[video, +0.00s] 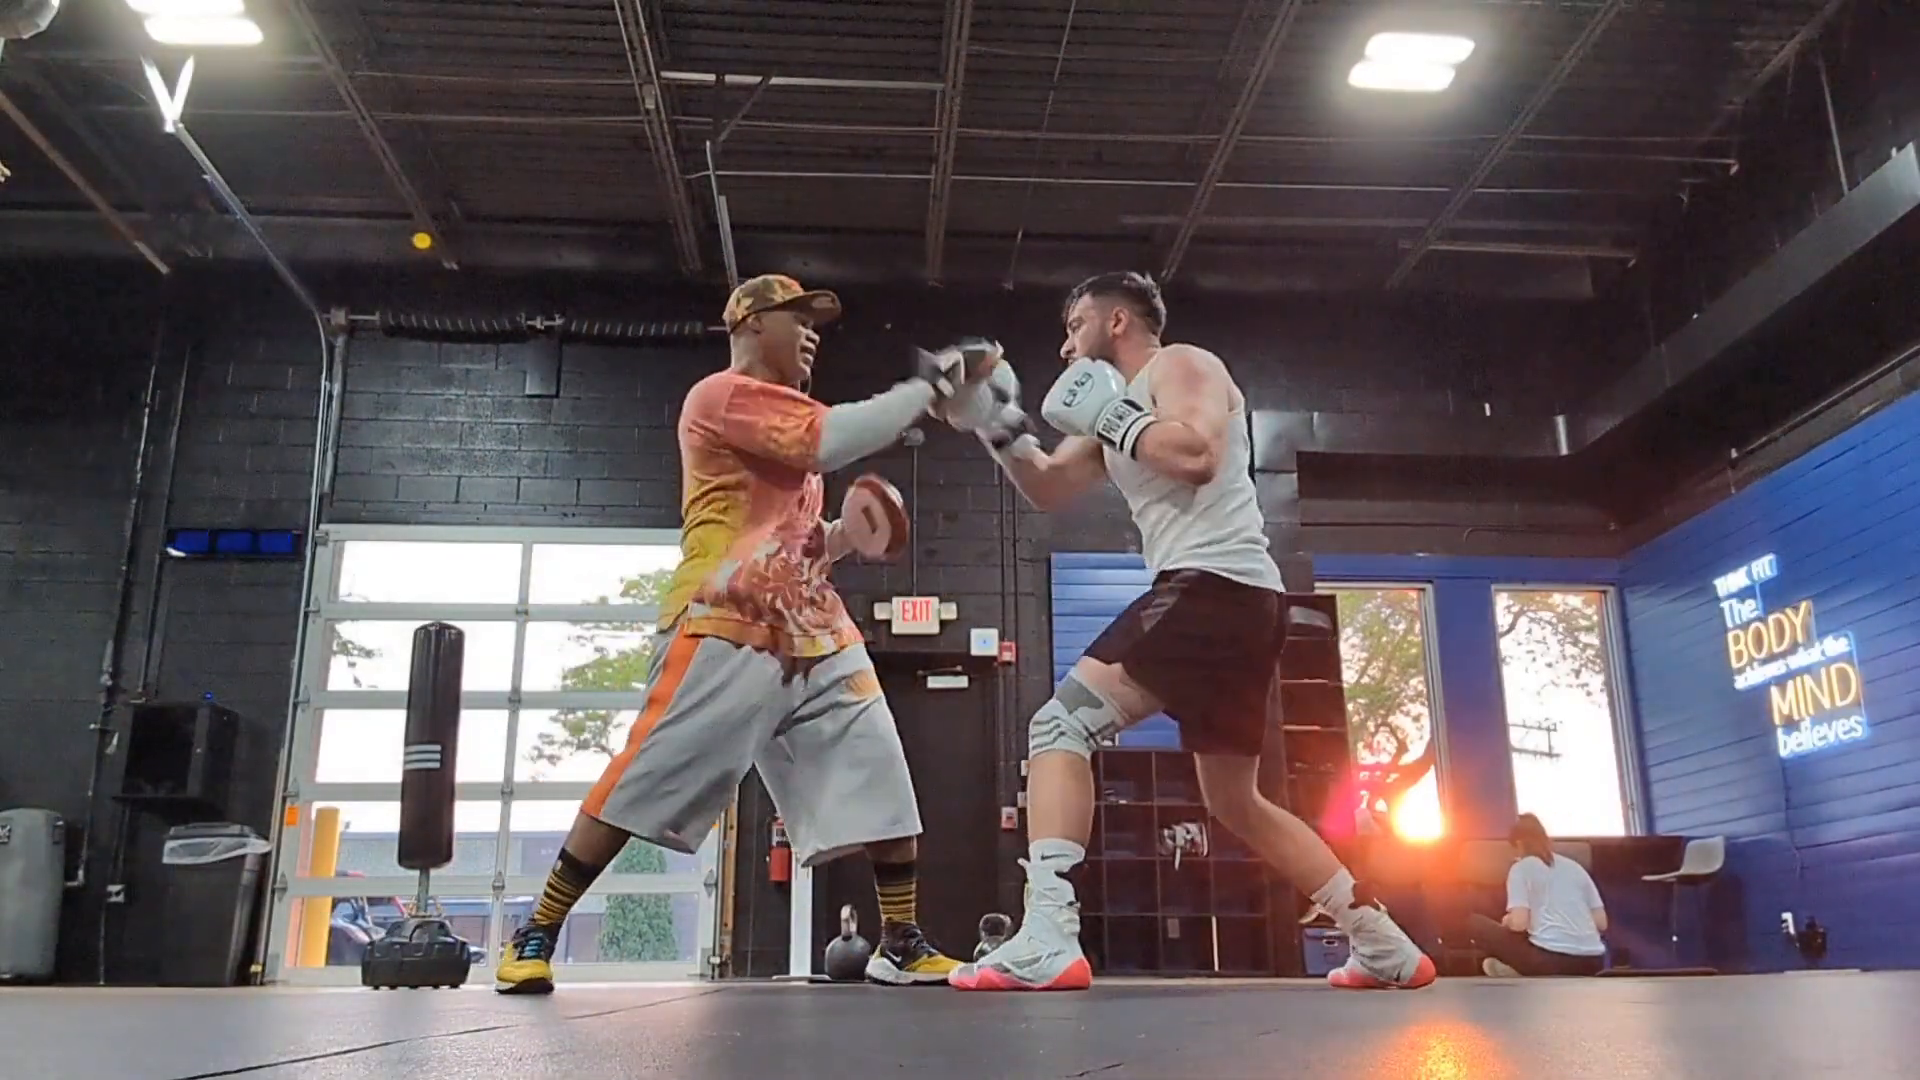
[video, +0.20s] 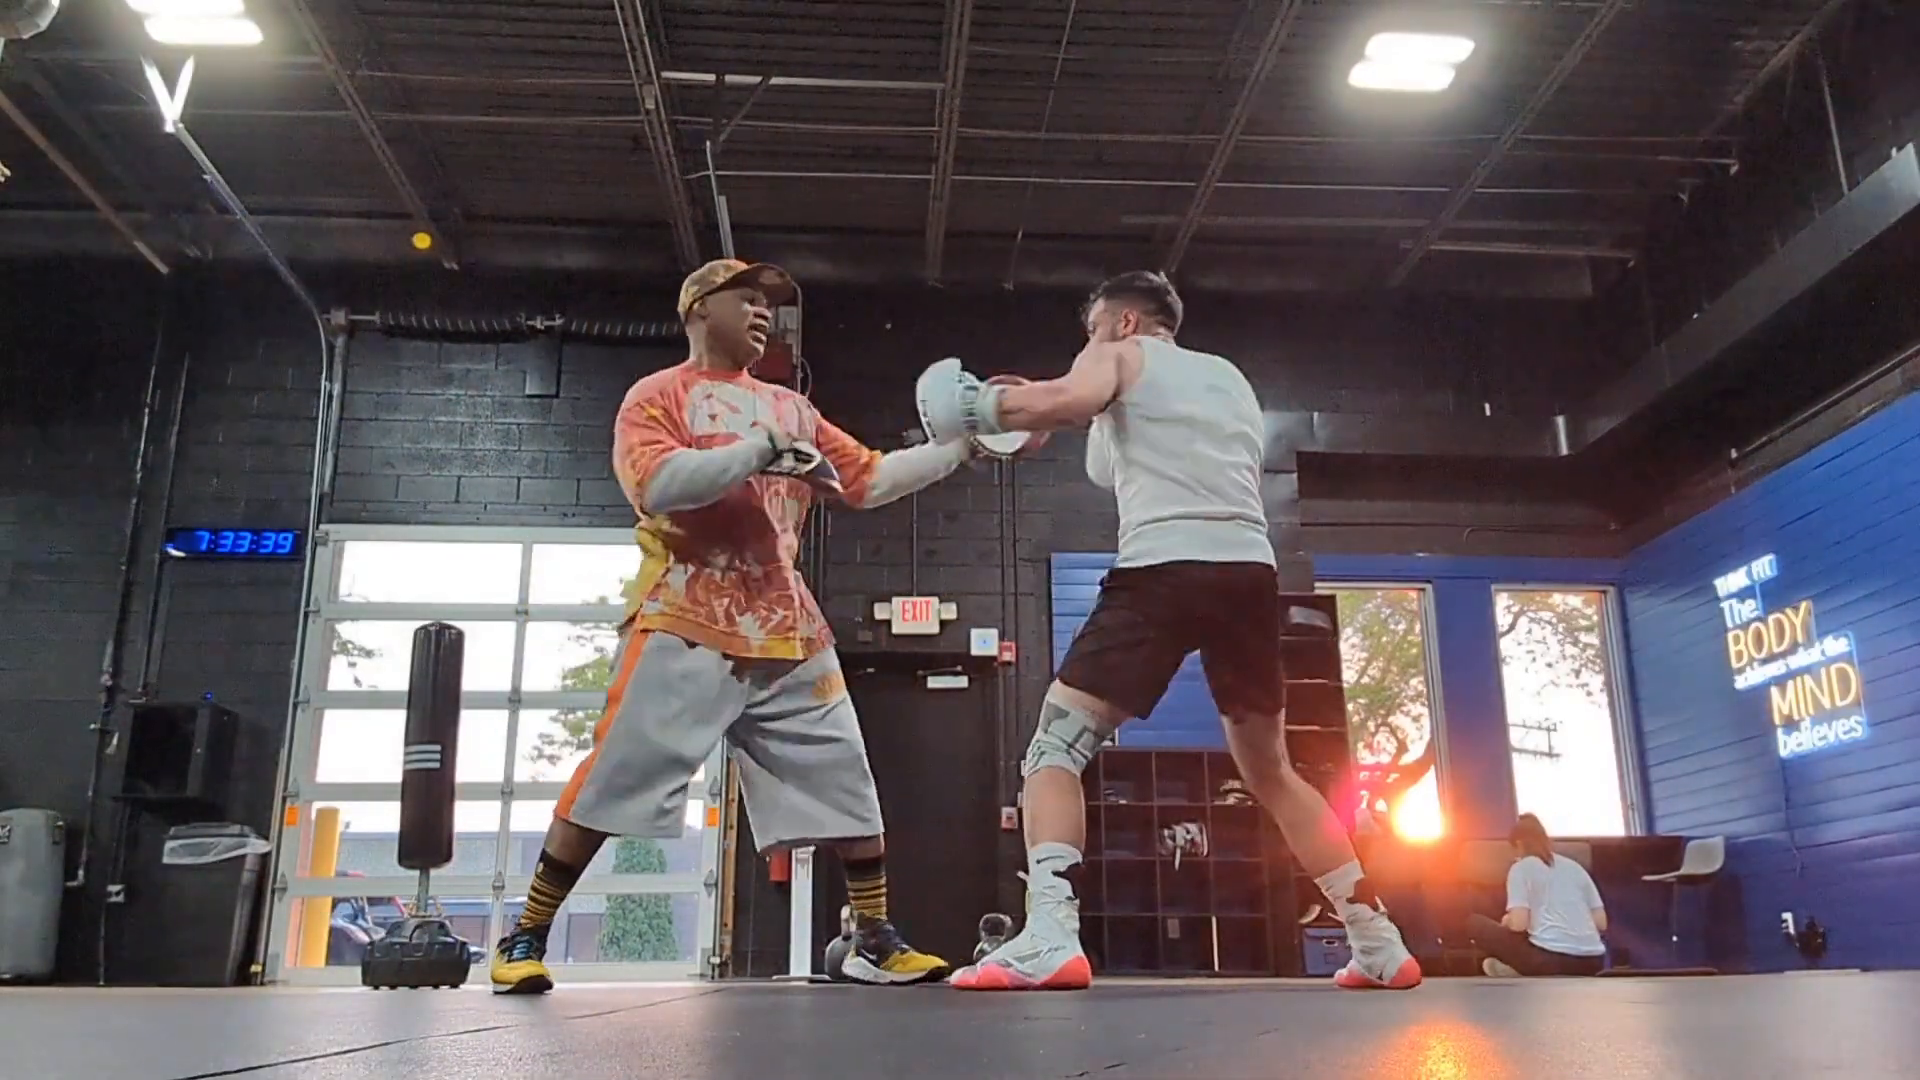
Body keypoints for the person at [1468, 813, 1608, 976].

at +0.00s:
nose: (1514, 853)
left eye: (1514, 848)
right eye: (1513, 848)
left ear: (1519, 844)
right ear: (1544, 840)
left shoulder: (1521, 869)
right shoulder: (1575, 867)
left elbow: (1519, 924)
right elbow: (1601, 923)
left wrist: (1507, 920)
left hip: (1550, 961)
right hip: (1592, 962)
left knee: (1474, 923)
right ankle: (1513, 966)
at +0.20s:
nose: (1515, 854)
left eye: (1514, 849)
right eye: (1513, 849)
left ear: (1520, 844)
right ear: (1544, 841)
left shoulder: (1521, 869)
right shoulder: (1575, 867)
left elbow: (1519, 924)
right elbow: (1601, 922)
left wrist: (1507, 920)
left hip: (1549, 961)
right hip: (1592, 962)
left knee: (1474, 923)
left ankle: (1511, 964)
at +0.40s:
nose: (1515, 854)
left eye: (1514, 849)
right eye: (1513, 849)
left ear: (1520, 844)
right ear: (1544, 841)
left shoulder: (1521, 868)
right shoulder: (1575, 867)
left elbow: (1519, 924)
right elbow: (1601, 922)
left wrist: (1507, 920)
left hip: (1550, 961)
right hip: (1592, 962)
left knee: (1474, 923)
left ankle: (1509, 964)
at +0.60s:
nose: (1514, 855)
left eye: (1513, 849)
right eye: (1513, 849)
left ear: (1519, 844)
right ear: (1544, 841)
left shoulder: (1521, 868)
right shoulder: (1576, 867)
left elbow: (1519, 924)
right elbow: (1601, 923)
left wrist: (1507, 920)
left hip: (1549, 962)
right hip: (1592, 962)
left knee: (1474, 923)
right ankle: (1513, 966)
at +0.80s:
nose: (1514, 855)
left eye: (1514, 849)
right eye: (1513, 849)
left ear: (1519, 844)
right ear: (1544, 841)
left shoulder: (1521, 868)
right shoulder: (1575, 867)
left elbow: (1519, 924)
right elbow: (1601, 923)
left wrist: (1507, 920)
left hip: (1550, 961)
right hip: (1593, 962)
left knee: (1474, 923)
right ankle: (1512, 965)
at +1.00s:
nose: (1514, 854)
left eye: (1513, 849)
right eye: (1512, 849)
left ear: (1520, 844)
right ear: (1544, 841)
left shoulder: (1521, 869)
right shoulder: (1575, 867)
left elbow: (1519, 924)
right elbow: (1601, 923)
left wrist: (1507, 920)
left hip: (1550, 962)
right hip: (1593, 962)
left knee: (1475, 924)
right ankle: (1512, 966)